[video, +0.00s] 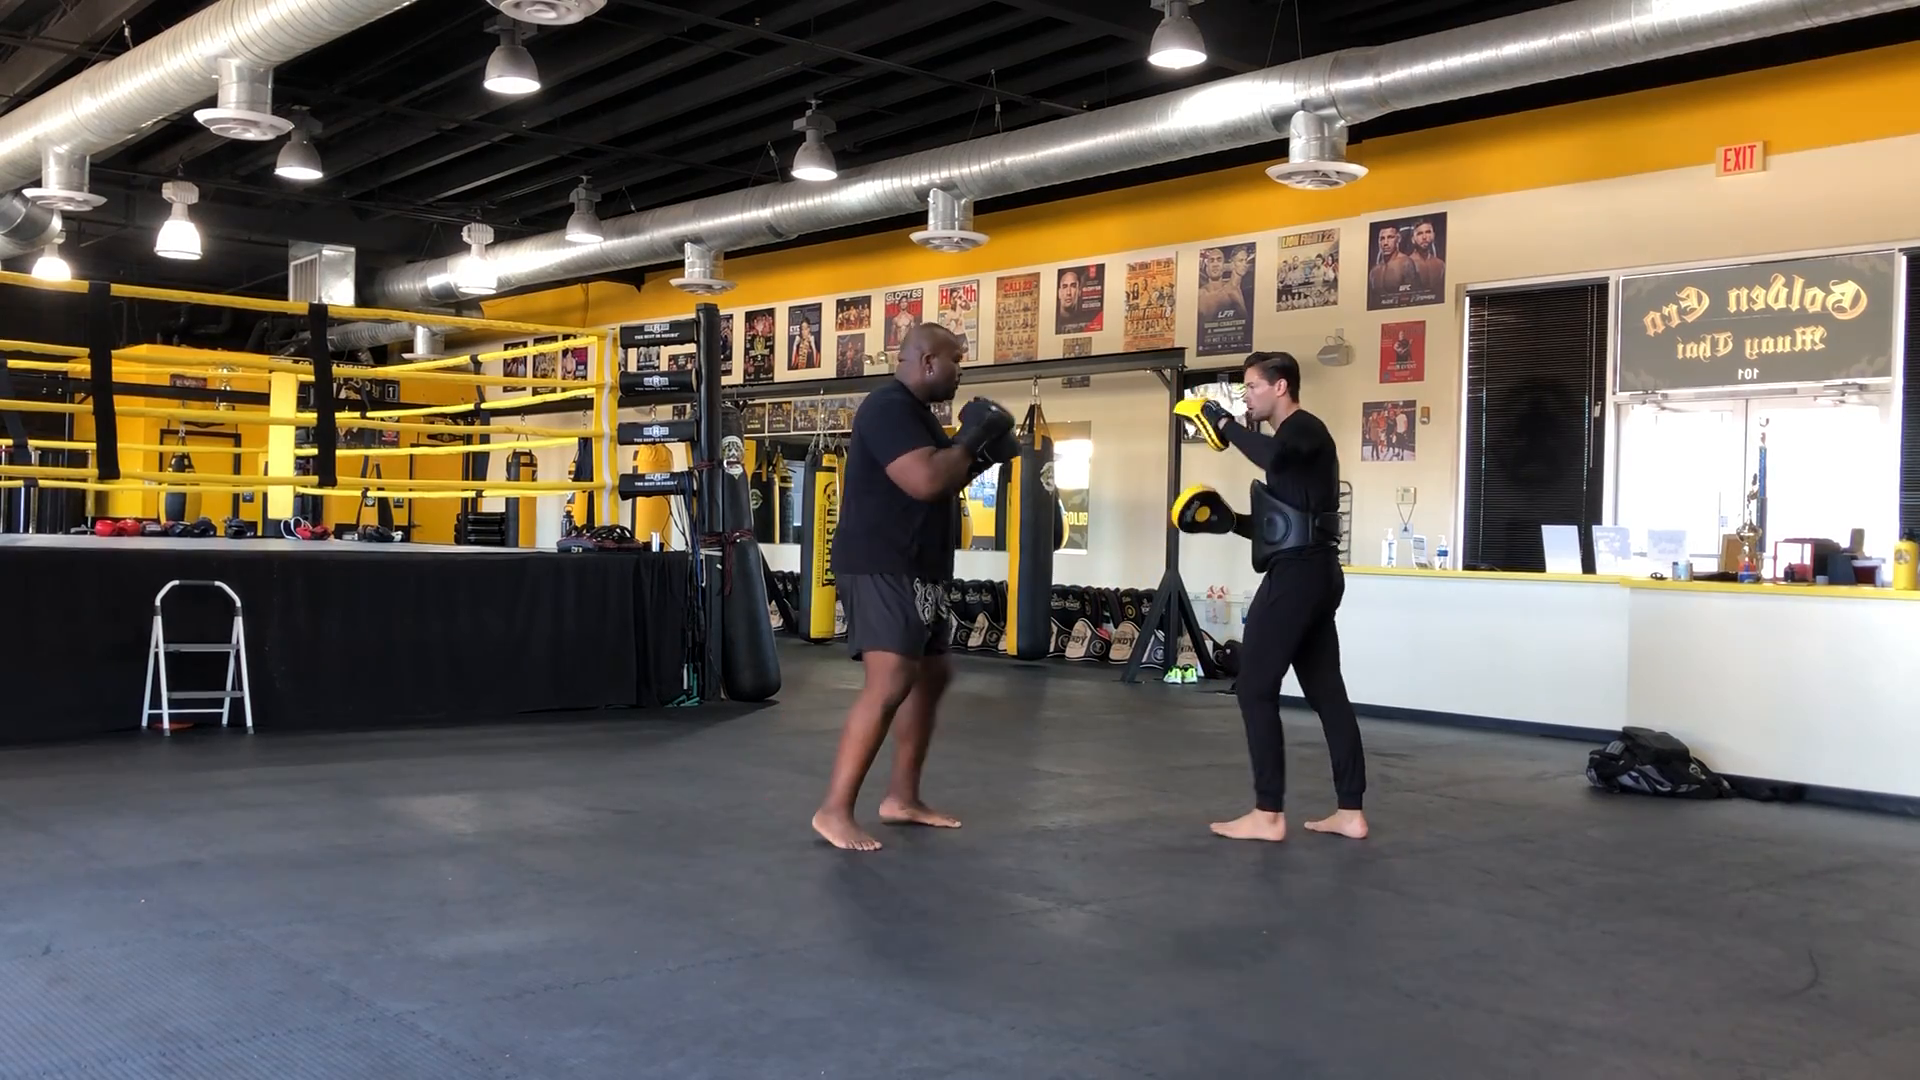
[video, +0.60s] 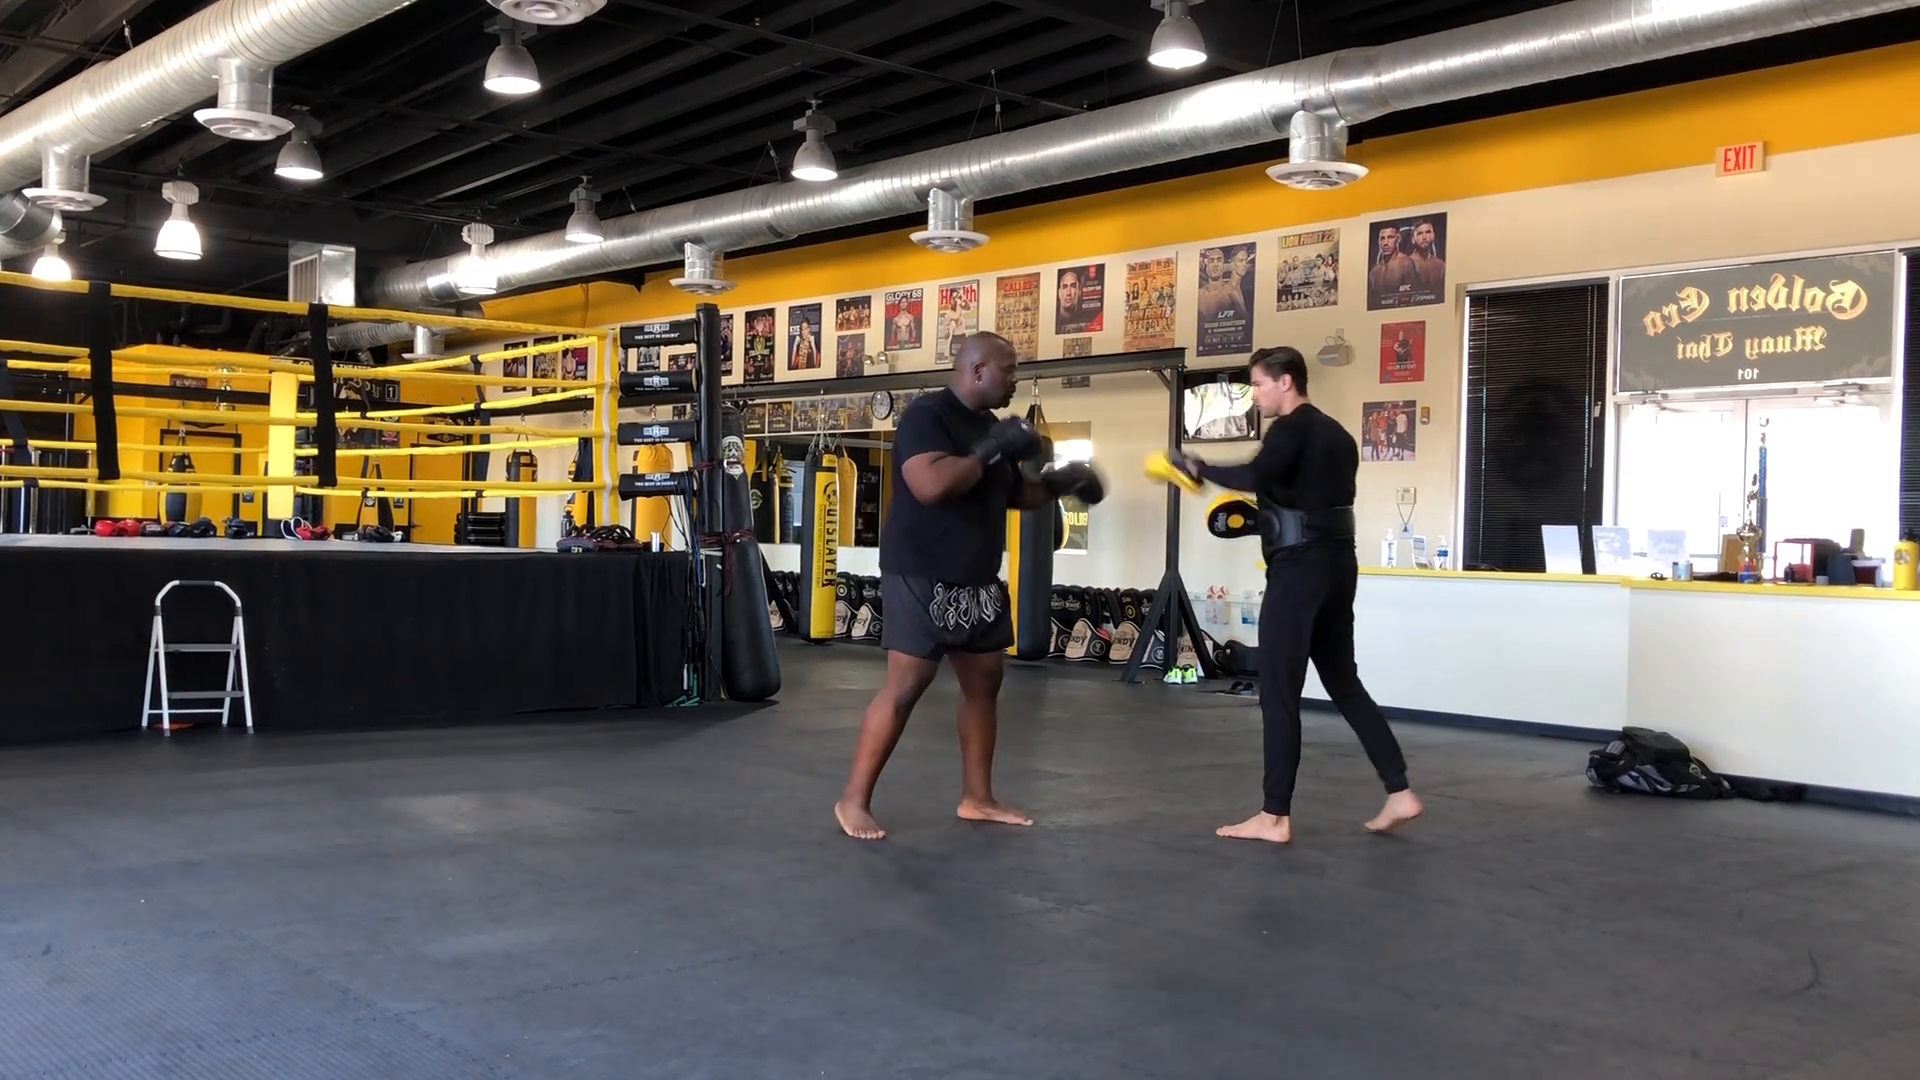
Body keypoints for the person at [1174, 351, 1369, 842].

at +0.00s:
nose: (1245, 395)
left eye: (1252, 386)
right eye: (1244, 387)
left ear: (1281, 386)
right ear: (1278, 388)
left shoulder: (1303, 426)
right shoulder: (1296, 438)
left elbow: (1274, 455)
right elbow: (1283, 526)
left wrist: (1221, 420)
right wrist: (1229, 520)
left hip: (1296, 574)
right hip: (1314, 574)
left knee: (1254, 689)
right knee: (1328, 693)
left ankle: (1268, 815)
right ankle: (1350, 812)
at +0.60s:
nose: (1254, 395)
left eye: (1258, 385)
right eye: (1253, 386)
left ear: (1286, 382)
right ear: (1293, 385)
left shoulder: (1290, 428)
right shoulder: (1339, 433)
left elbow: (1258, 477)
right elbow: (1325, 501)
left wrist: (1201, 470)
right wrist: (1262, 508)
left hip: (1298, 568)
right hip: (1338, 565)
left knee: (1278, 690)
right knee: (1342, 681)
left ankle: (1274, 815)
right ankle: (1400, 793)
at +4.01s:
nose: (1396, 390)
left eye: (1400, 379)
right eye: (1395, 380)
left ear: (1428, 379)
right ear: (1439, 380)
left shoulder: (1425, 429)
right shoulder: (1480, 438)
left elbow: (1368, 467)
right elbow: (1431, 489)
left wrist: (1354, 407)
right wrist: (1385, 445)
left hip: (1414, 578)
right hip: (1461, 580)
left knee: (1378, 700)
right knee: (1474, 704)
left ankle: (1380, 828)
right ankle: (1499, 831)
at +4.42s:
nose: (1353, 381)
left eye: (1359, 372)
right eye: (1354, 372)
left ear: (1386, 375)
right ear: (1396, 377)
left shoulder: (1395, 428)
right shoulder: (1426, 428)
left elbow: (1350, 493)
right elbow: (1353, 486)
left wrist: (1297, 463)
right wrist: (1336, 426)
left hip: (1391, 577)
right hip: (1427, 573)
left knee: (1373, 702)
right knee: (1439, 695)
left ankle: (1380, 828)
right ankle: (1492, 811)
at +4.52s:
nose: (1349, 382)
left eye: (1356, 372)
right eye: (1350, 373)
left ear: (1383, 375)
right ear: (1387, 375)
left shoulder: (1395, 430)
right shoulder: (1404, 425)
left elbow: (1357, 501)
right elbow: (1347, 478)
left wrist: (1301, 460)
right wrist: (1298, 457)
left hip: (1390, 579)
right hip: (1419, 576)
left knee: (1371, 702)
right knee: (1435, 695)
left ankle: (1380, 829)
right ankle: (1491, 811)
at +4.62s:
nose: (1348, 379)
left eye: (1355, 369)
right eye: (1349, 369)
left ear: (1382, 375)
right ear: (1389, 376)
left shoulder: (1390, 428)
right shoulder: (1418, 427)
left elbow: (1351, 496)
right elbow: (1362, 491)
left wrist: (1299, 453)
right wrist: (1313, 453)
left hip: (1387, 579)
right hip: (1421, 575)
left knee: (1371, 703)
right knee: (1439, 694)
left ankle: (1380, 828)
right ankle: (1492, 810)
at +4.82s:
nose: (1352, 380)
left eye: (1357, 370)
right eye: (1353, 369)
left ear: (1380, 374)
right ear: (1399, 376)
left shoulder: (1371, 430)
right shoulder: (1439, 430)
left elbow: (1307, 482)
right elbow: (1389, 481)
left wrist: (1251, 443)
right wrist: (1335, 442)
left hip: (1383, 577)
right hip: (1432, 575)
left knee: (1373, 702)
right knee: (1449, 695)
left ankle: (1380, 828)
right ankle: (1492, 814)